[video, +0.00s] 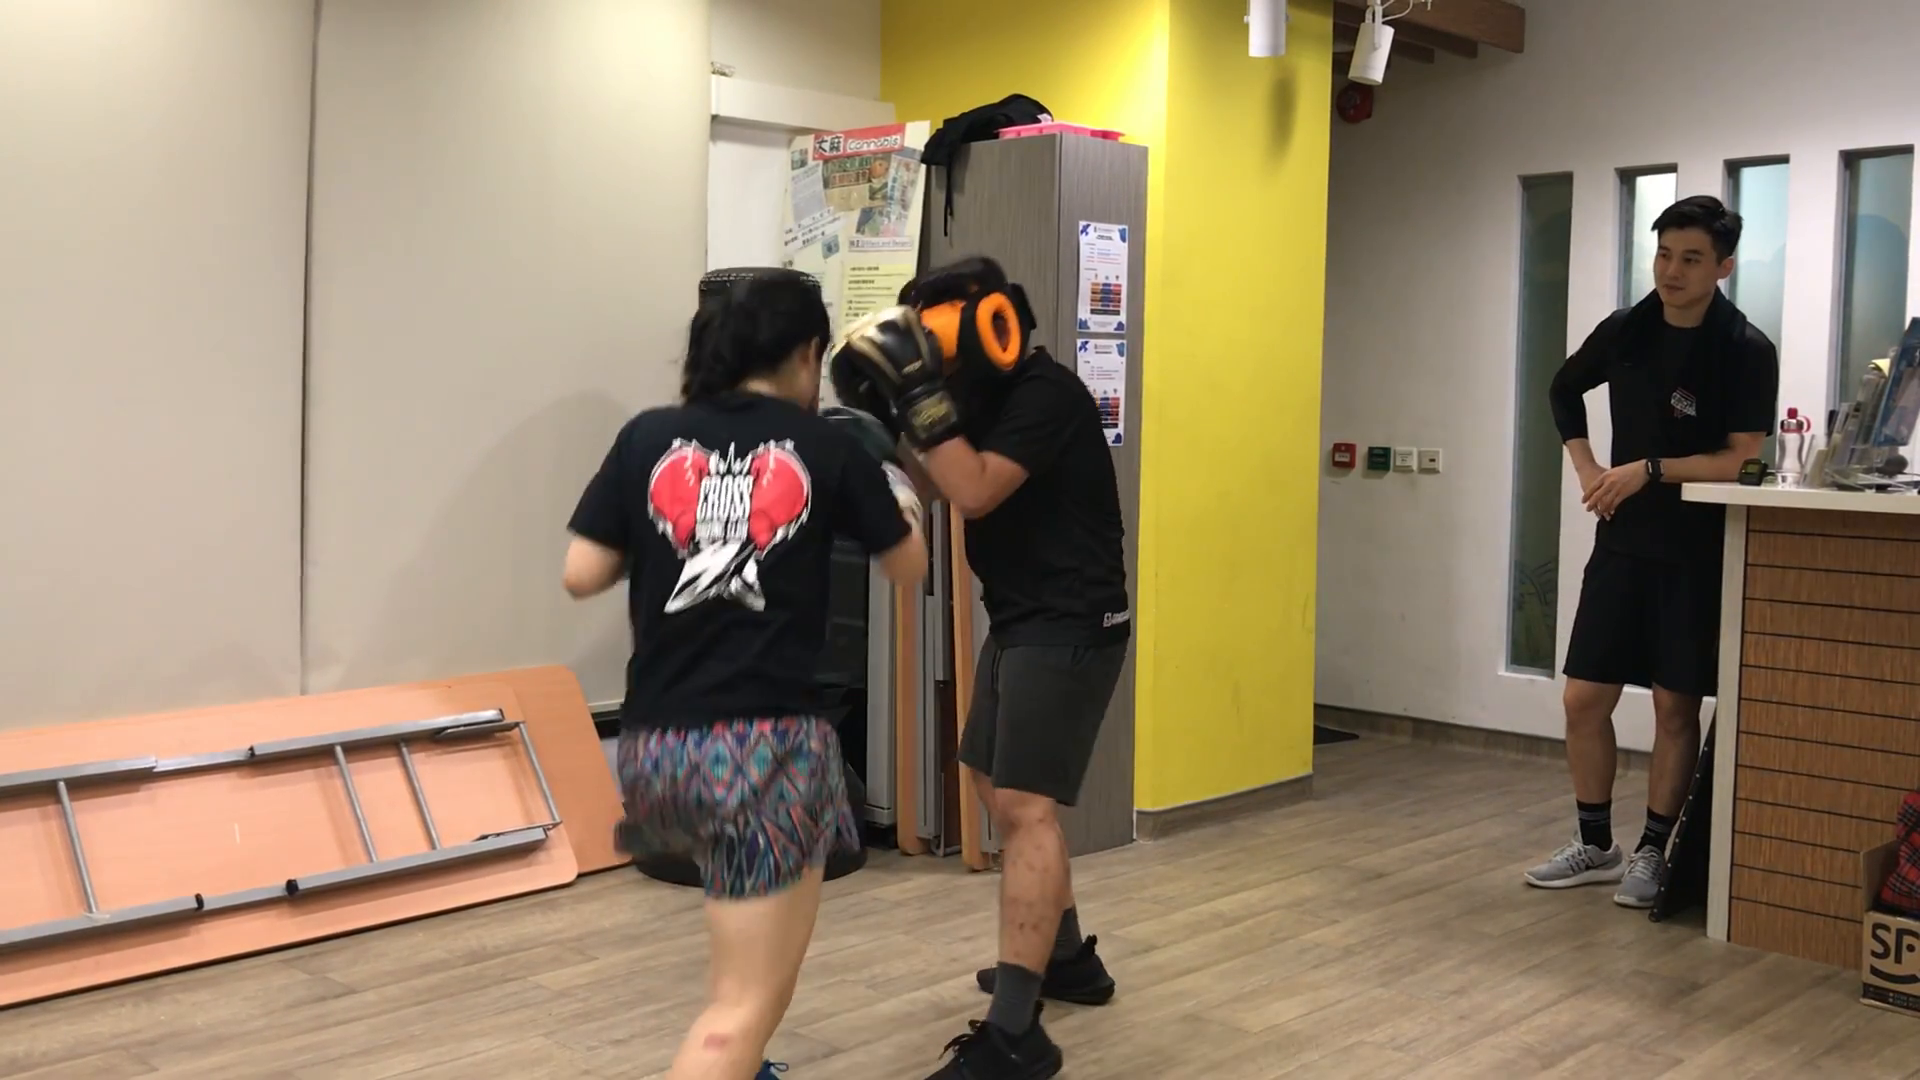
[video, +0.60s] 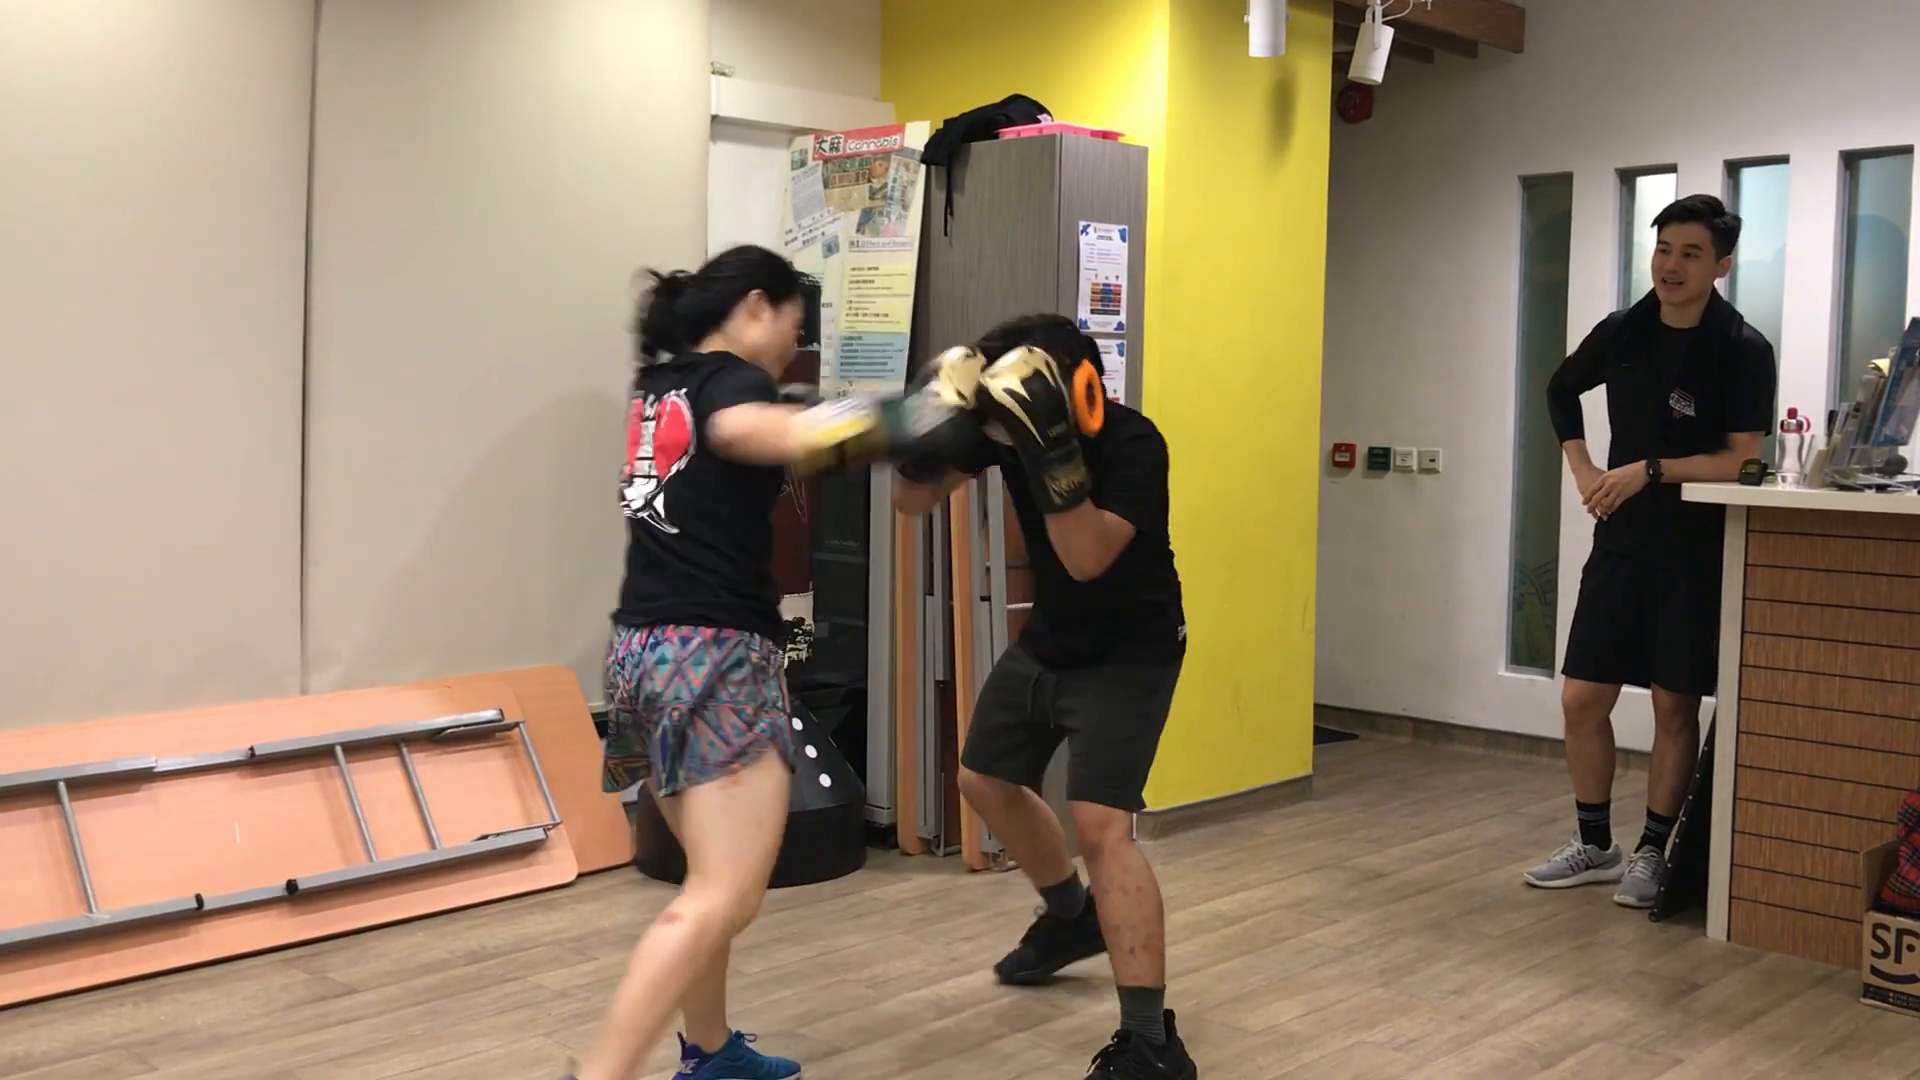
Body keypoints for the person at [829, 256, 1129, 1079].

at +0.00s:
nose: (936, 354)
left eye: (945, 338)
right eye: (930, 341)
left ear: (994, 325)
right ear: (971, 339)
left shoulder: (1047, 393)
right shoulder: (987, 401)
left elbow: (973, 492)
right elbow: (949, 488)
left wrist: (924, 399)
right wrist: (896, 426)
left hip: (1071, 627)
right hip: (1019, 624)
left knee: (1027, 808)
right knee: (995, 784)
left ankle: (1013, 1032)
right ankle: (1066, 952)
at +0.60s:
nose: (1017, 414)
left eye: (1029, 398)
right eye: (1009, 401)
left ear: (1075, 390)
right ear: (1004, 403)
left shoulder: (1134, 446)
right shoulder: (1011, 436)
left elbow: (1087, 557)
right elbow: (912, 493)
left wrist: (1056, 453)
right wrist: (941, 415)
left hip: (1130, 651)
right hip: (1047, 640)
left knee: (1099, 821)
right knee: (987, 778)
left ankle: (1149, 1040)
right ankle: (1071, 913)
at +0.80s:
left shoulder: (1137, 490)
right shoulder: (996, 486)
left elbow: (1129, 626)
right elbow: (961, 604)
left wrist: (1091, 531)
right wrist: (932, 529)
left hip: (1152, 667)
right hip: (1064, 660)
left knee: (1112, 819)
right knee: (990, 804)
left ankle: (1151, 1042)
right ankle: (1075, 909)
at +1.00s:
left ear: (994, 552)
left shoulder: (1085, 556)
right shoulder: (1000, 562)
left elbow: (1053, 688)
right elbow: (955, 657)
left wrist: (977, 608)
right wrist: (902, 604)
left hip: (1176, 691)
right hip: (1085, 693)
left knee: (1103, 817)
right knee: (997, 800)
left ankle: (1153, 1038)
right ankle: (1089, 927)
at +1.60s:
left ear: (1028, 535)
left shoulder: (1140, 544)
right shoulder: (1053, 531)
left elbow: (1085, 682)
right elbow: (983, 632)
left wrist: (1011, 590)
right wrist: (947, 584)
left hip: (1211, 722)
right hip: (1148, 712)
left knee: (1064, 866)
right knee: (1100, 823)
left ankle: (1157, 1068)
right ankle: (1079, 929)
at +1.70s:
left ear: (1051, 473)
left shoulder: (1157, 512)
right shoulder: (1087, 496)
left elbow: (1078, 636)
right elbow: (1018, 589)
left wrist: (1010, 523)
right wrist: (973, 510)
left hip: (1234, 708)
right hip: (1176, 701)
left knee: (1077, 873)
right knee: (1143, 830)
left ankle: (1159, 1068)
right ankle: (1168, 967)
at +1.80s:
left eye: (1048, 427)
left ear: (1083, 418)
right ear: (1096, 400)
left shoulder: (1179, 462)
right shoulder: (1145, 442)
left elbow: (1061, 571)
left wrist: (1015, 451)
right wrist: (988, 423)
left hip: (1245, 702)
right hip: (1211, 693)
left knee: (1095, 882)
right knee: (1176, 845)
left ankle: (1162, 1071)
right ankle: (1275, 1012)